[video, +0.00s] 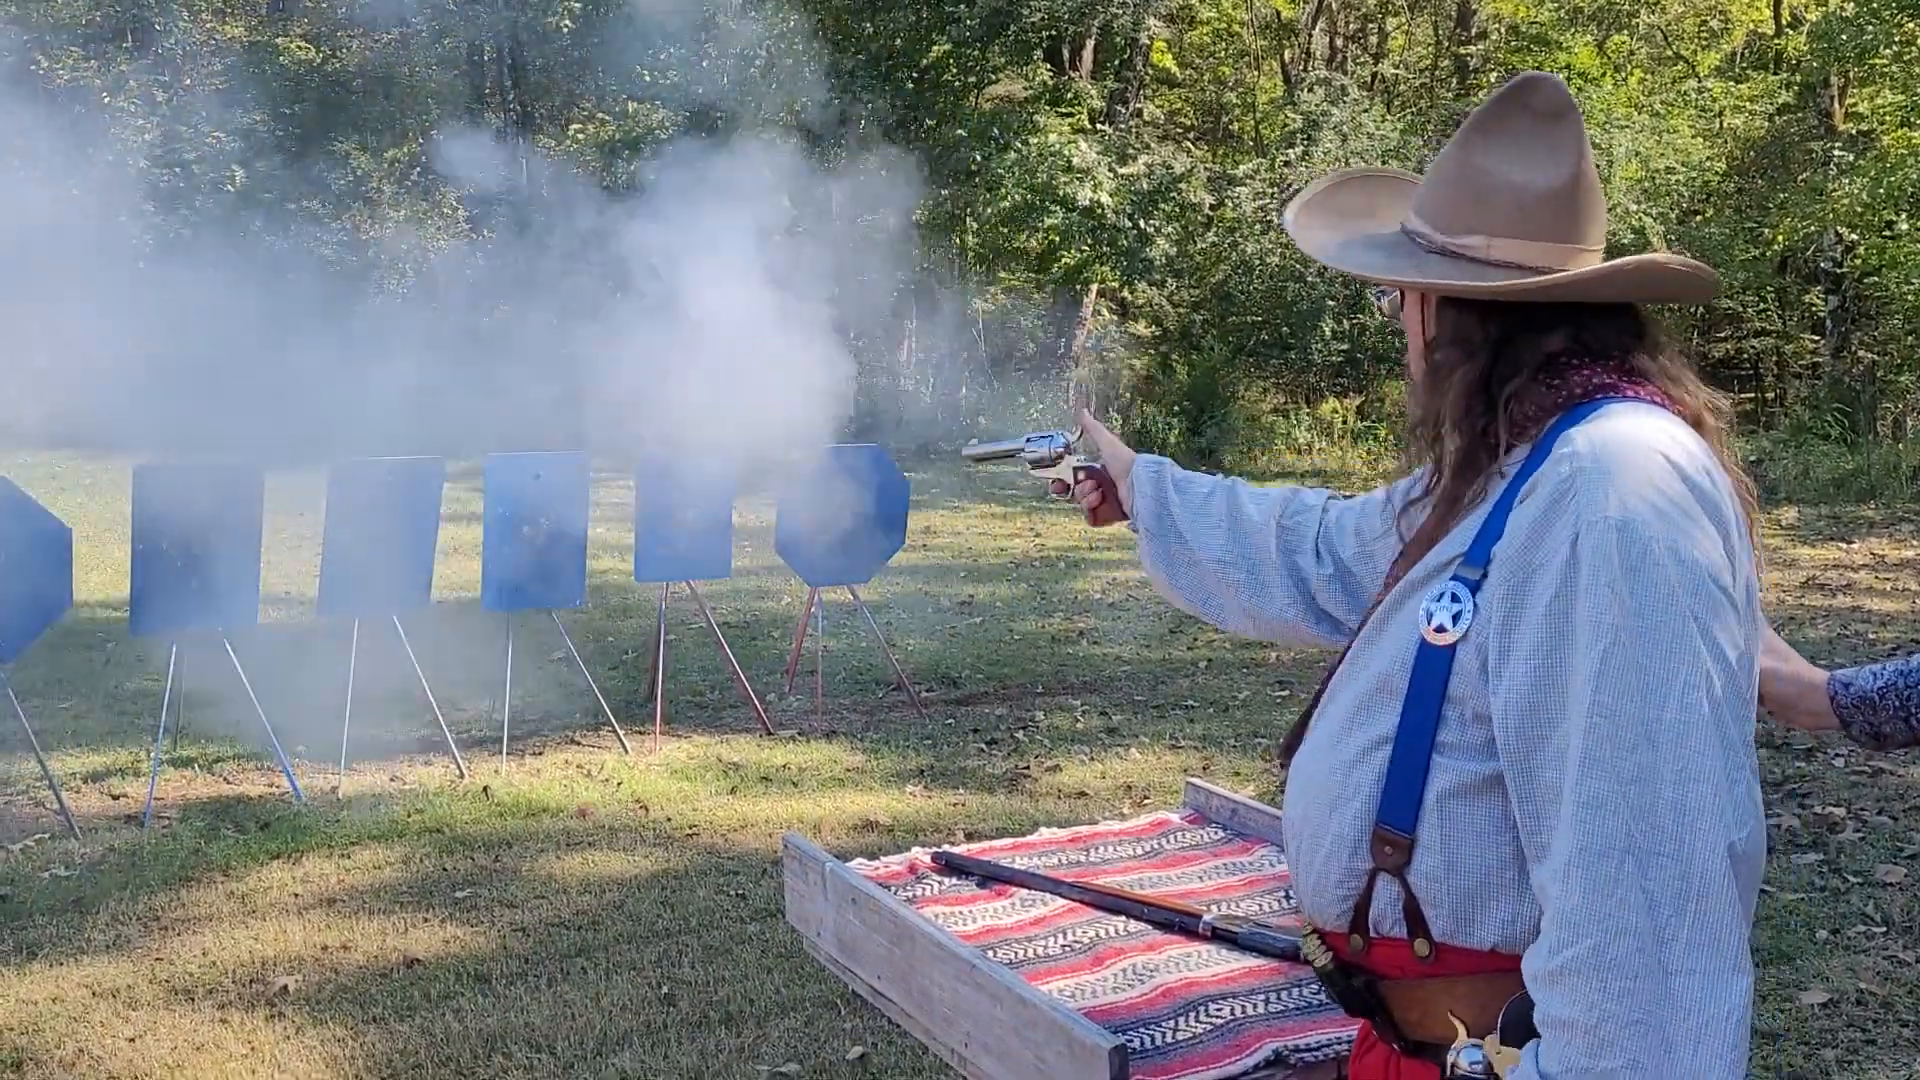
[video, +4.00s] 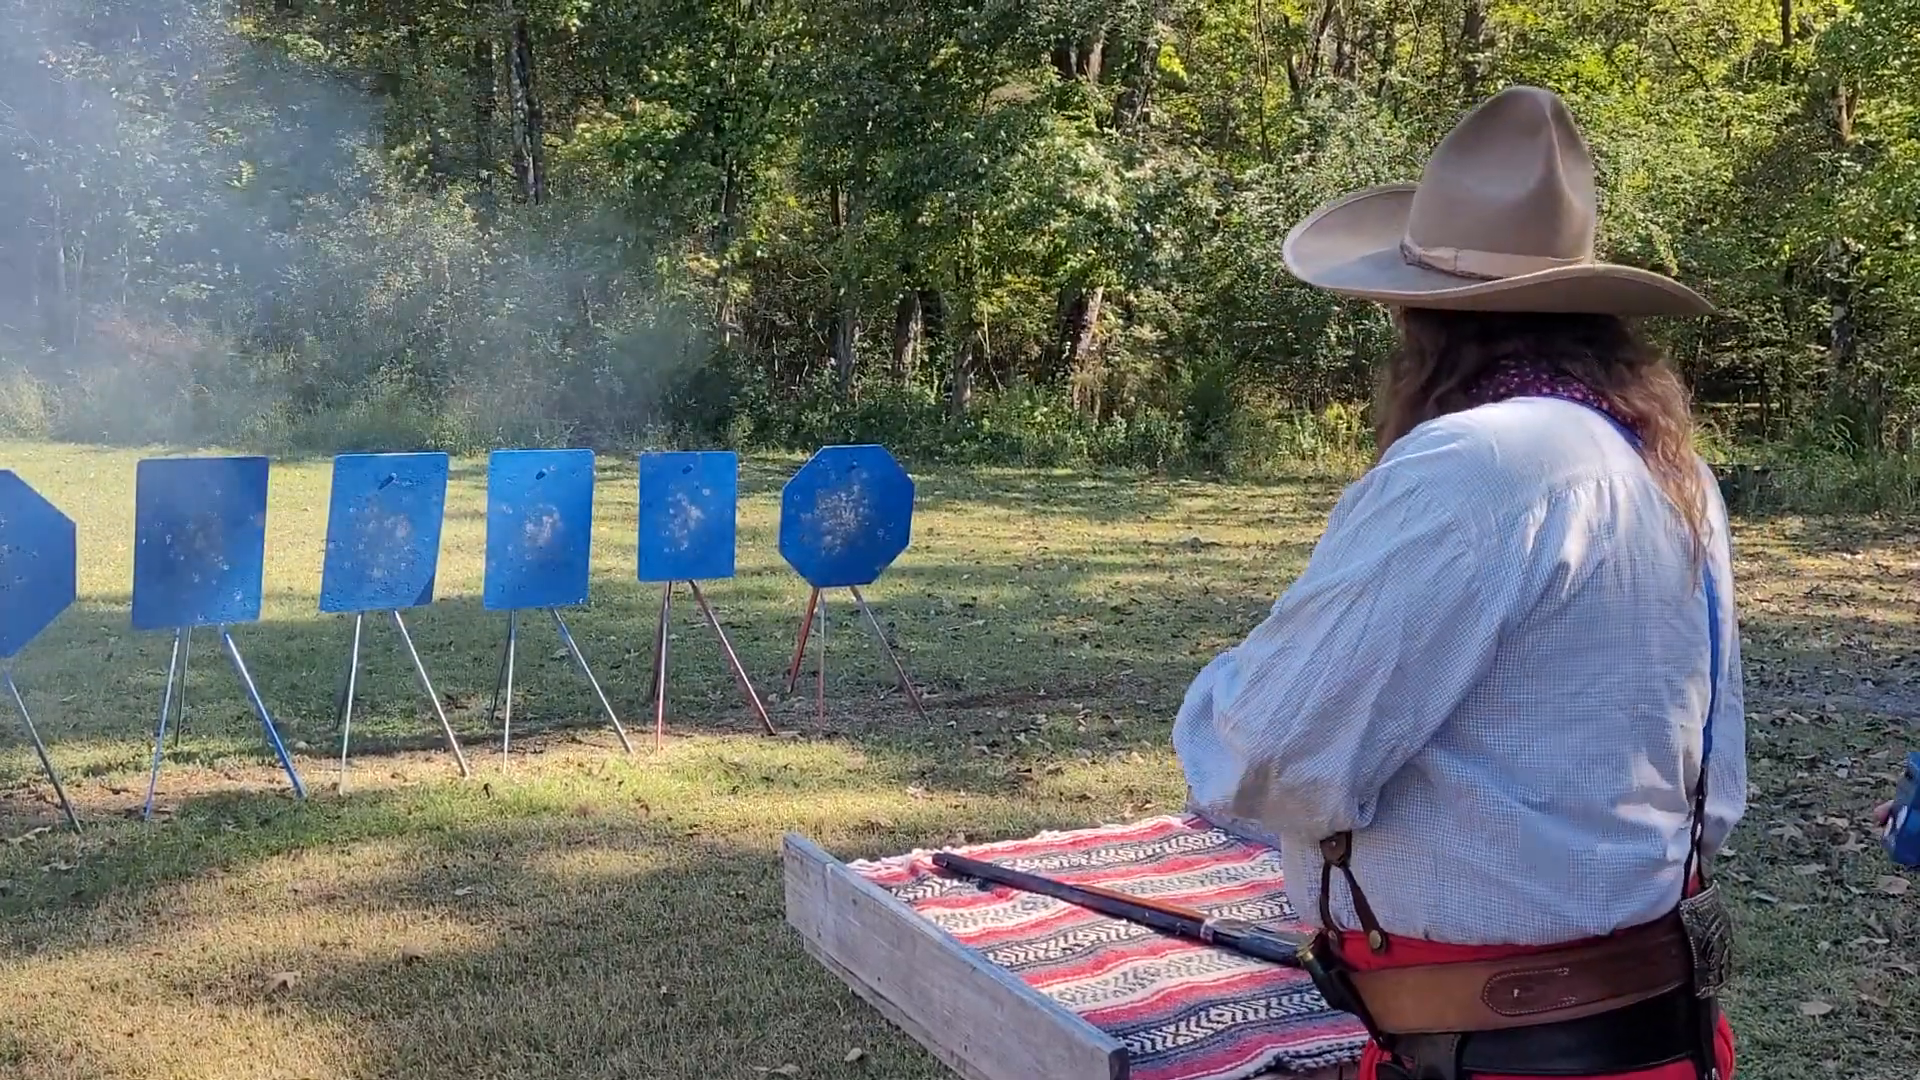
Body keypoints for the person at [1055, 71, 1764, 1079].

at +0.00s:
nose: (1396, 317)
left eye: (1403, 289)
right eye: (1398, 288)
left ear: (1438, 310)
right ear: (1541, 303)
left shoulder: (1623, 493)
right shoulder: (1496, 469)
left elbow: (1647, 917)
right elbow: (1325, 546)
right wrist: (1144, 489)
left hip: (1489, 1037)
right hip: (1397, 998)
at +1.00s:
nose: (1409, 329)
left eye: (1421, 304)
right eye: (1411, 301)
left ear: (1461, 320)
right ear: (1566, 308)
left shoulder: (1562, 496)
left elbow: (1558, 872)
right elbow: (1412, 509)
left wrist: (1437, 1062)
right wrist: (1303, 429)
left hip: (1494, 1022)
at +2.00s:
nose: (1404, 334)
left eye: (1413, 307)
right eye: (1404, 306)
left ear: (1457, 321)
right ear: (1569, 309)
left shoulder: (1550, 481)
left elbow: (1545, 866)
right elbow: (1401, 497)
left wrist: (1428, 1061)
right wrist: (1294, 410)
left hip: (1493, 1025)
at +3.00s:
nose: (1352, 391)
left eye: (1352, 365)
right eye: (1347, 367)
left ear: (1385, 354)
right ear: (1528, 305)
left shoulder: (1453, 446)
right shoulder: (1663, 441)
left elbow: (1566, 672)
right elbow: (1798, 740)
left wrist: (1446, 974)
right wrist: (1668, 855)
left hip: (1503, 1039)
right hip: (1664, 1001)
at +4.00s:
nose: (1394, 336)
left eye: (1406, 312)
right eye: (1401, 308)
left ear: (1438, 326)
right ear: (1583, 319)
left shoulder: (1479, 466)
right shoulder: (1674, 470)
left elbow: (1271, 753)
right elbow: (1714, 785)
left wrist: (1229, 680)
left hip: (1489, 1041)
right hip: (1648, 1004)